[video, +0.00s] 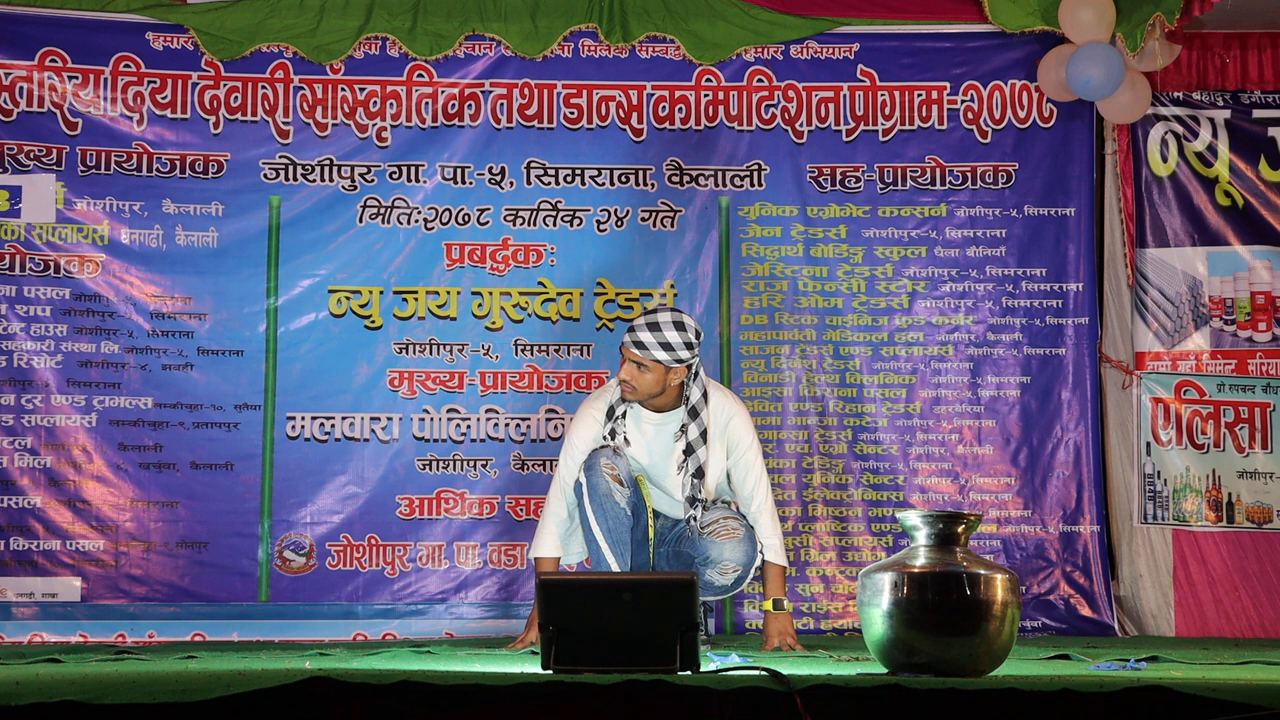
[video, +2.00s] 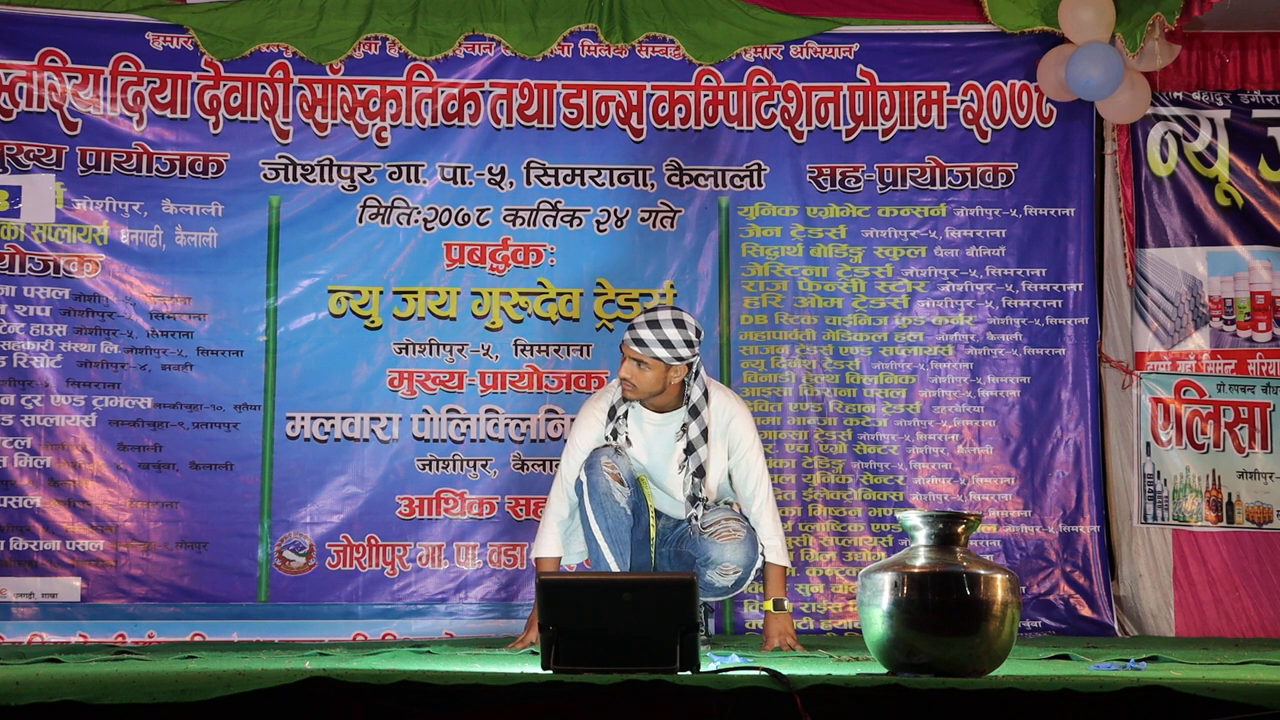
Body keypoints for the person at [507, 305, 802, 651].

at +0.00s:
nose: (622, 374)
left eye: (639, 367)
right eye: (623, 360)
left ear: (677, 374)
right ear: (621, 355)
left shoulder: (726, 414)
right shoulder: (598, 411)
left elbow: (761, 508)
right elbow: (558, 506)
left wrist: (777, 609)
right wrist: (541, 608)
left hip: (692, 539)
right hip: (628, 532)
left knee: (733, 546)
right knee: (603, 463)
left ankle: (688, 610)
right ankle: (621, 607)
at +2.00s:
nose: (623, 372)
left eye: (639, 365)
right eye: (624, 358)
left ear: (678, 372)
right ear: (622, 354)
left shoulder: (728, 414)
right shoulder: (601, 411)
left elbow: (762, 508)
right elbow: (559, 506)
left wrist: (777, 609)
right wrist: (542, 608)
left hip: (692, 543)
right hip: (630, 534)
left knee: (732, 542)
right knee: (604, 462)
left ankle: (690, 611)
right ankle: (619, 607)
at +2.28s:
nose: (623, 355)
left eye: (640, 346)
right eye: (624, 341)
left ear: (676, 357)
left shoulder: (726, 410)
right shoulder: (602, 404)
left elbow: (761, 503)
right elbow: (560, 495)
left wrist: (776, 604)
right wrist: (530, 590)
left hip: (693, 542)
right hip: (630, 532)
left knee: (734, 545)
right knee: (599, 461)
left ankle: (688, 613)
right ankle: (621, 605)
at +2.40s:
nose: (625, 350)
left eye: (641, 340)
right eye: (627, 336)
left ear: (679, 351)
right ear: (625, 336)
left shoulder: (728, 408)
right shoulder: (603, 402)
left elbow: (761, 502)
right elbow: (562, 498)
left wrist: (776, 602)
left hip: (695, 541)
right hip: (629, 534)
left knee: (731, 539)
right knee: (601, 462)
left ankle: (691, 614)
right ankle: (618, 605)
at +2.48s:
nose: (627, 347)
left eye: (642, 338)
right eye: (627, 334)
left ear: (680, 350)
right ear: (625, 336)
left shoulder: (728, 409)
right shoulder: (603, 401)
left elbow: (761, 505)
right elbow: (558, 497)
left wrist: (777, 605)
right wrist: (480, 503)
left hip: (693, 536)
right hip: (633, 532)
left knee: (734, 542)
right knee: (604, 461)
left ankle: (681, 614)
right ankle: (623, 607)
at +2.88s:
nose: (630, 346)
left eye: (647, 338)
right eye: (631, 333)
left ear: (684, 351)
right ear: (628, 334)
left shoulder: (727, 411)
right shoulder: (603, 399)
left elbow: (762, 505)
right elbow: (559, 492)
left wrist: (778, 607)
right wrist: (497, 472)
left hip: (695, 534)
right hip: (634, 530)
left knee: (736, 555)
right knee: (605, 463)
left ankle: (679, 611)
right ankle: (627, 607)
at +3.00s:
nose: (628, 348)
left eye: (645, 340)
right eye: (629, 336)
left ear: (681, 353)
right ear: (625, 335)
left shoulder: (727, 410)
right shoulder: (604, 400)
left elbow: (762, 503)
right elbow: (559, 473)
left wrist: (778, 604)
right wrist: (535, 490)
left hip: (697, 537)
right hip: (634, 529)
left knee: (736, 550)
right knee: (601, 461)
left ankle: (684, 610)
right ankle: (619, 603)